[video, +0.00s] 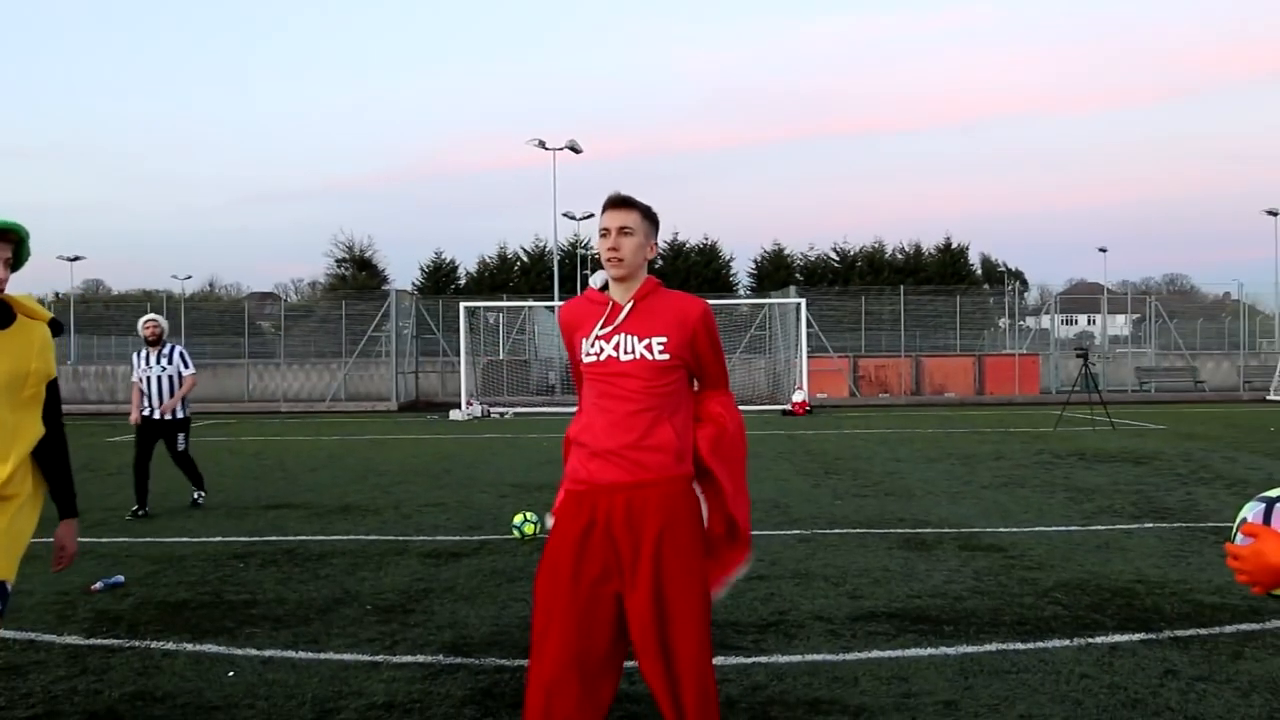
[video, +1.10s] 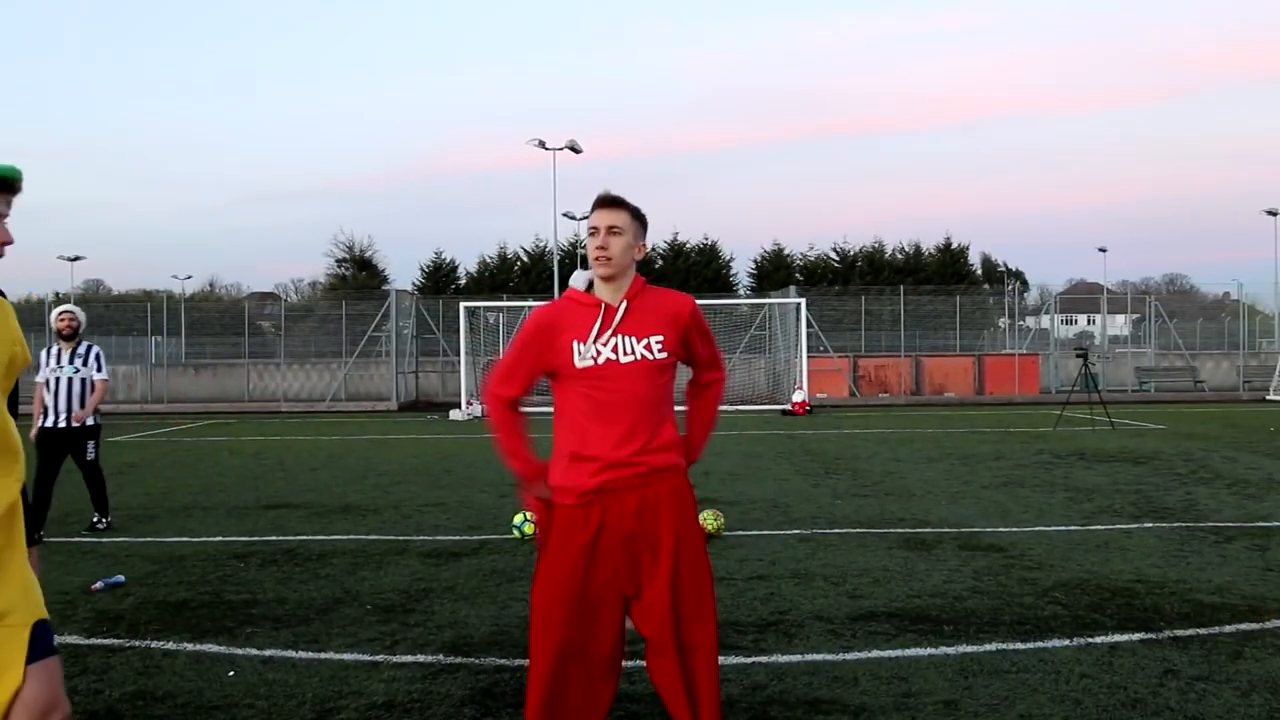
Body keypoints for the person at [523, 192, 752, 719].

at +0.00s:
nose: (612, 244)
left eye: (625, 234)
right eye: (605, 234)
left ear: (652, 247)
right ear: (596, 245)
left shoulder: (689, 313)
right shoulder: (574, 314)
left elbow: (715, 391)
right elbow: (585, 397)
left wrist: (698, 453)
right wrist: (582, 468)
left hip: (661, 501)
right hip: (585, 501)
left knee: (679, 649)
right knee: (560, 651)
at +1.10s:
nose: (601, 243)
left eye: (615, 233)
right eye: (593, 233)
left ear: (640, 246)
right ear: (586, 244)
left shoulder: (677, 311)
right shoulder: (552, 319)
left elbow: (709, 376)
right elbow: (497, 393)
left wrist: (687, 451)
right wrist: (531, 476)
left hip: (660, 496)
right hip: (575, 504)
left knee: (685, 645)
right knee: (561, 653)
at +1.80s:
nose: (647, 254)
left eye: (659, 242)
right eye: (639, 246)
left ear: (685, 248)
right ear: (634, 255)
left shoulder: (704, 309)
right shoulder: (653, 305)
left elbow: (755, 377)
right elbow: (643, 263)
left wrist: (788, 450)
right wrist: (639, 214)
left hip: (681, 502)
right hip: (626, 497)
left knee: (700, 647)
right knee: (596, 640)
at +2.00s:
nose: (634, 253)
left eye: (645, 241)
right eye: (627, 245)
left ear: (675, 248)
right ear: (626, 256)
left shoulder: (698, 308)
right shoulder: (647, 303)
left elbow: (759, 400)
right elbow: (629, 263)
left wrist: (728, 475)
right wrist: (625, 218)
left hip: (679, 505)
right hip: (624, 501)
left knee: (703, 655)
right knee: (596, 646)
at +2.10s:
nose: (620, 255)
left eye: (632, 243)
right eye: (612, 247)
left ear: (661, 250)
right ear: (610, 259)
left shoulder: (687, 310)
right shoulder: (630, 305)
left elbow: (741, 402)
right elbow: (616, 273)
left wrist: (712, 476)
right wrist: (611, 230)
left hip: (667, 504)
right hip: (612, 502)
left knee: (695, 653)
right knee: (600, 653)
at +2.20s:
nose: (611, 255)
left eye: (622, 242)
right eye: (601, 247)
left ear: (651, 250)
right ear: (597, 256)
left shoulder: (679, 307)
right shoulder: (618, 305)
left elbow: (728, 403)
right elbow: (595, 262)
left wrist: (710, 482)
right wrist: (603, 235)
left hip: (659, 500)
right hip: (604, 498)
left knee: (683, 649)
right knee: (595, 652)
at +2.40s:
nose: (587, 256)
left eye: (598, 244)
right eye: (579, 248)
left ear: (626, 249)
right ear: (578, 257)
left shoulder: (658, 304)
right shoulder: (594, 306)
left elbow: (709, 394)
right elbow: (575, 303)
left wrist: (709, 481)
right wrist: (557, 286)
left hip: (639, 488)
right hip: (586, 488)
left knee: (634, 627)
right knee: (578, 634)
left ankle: (686, 714)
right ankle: (587, 717)